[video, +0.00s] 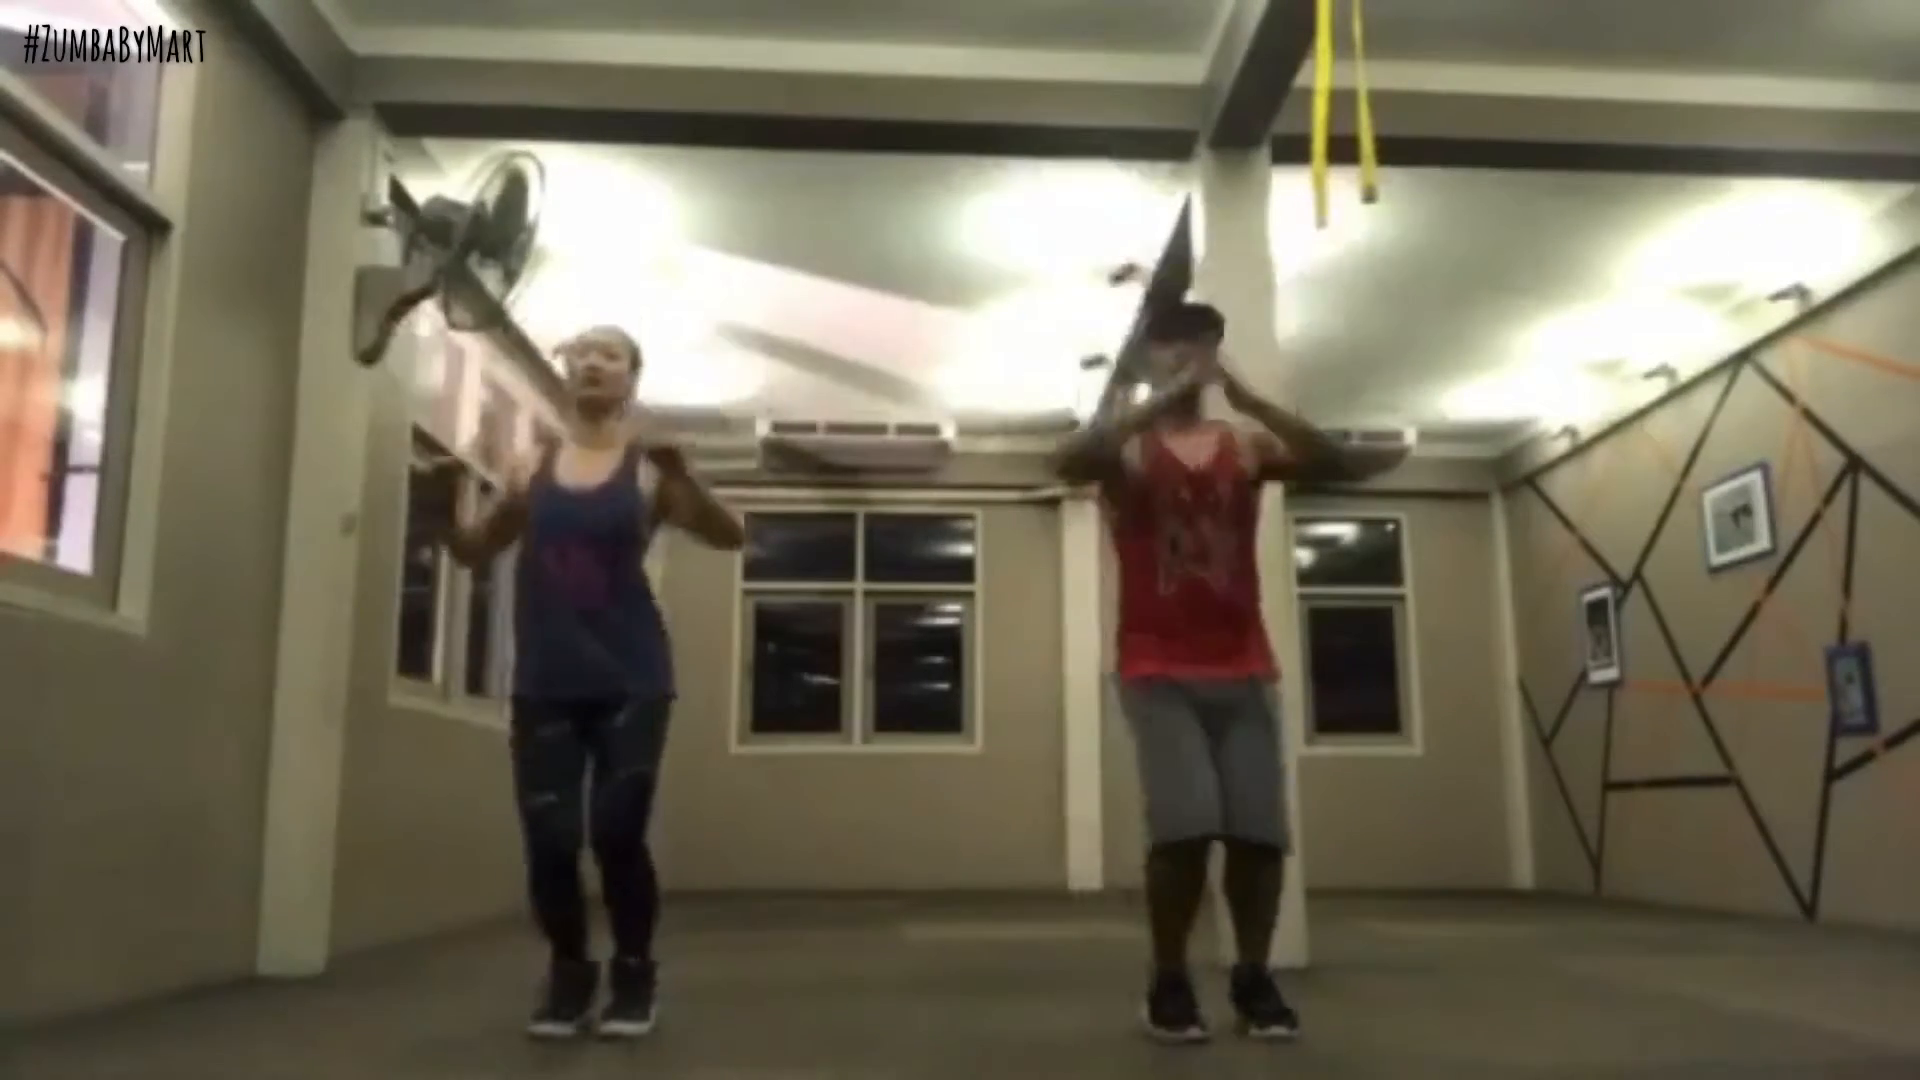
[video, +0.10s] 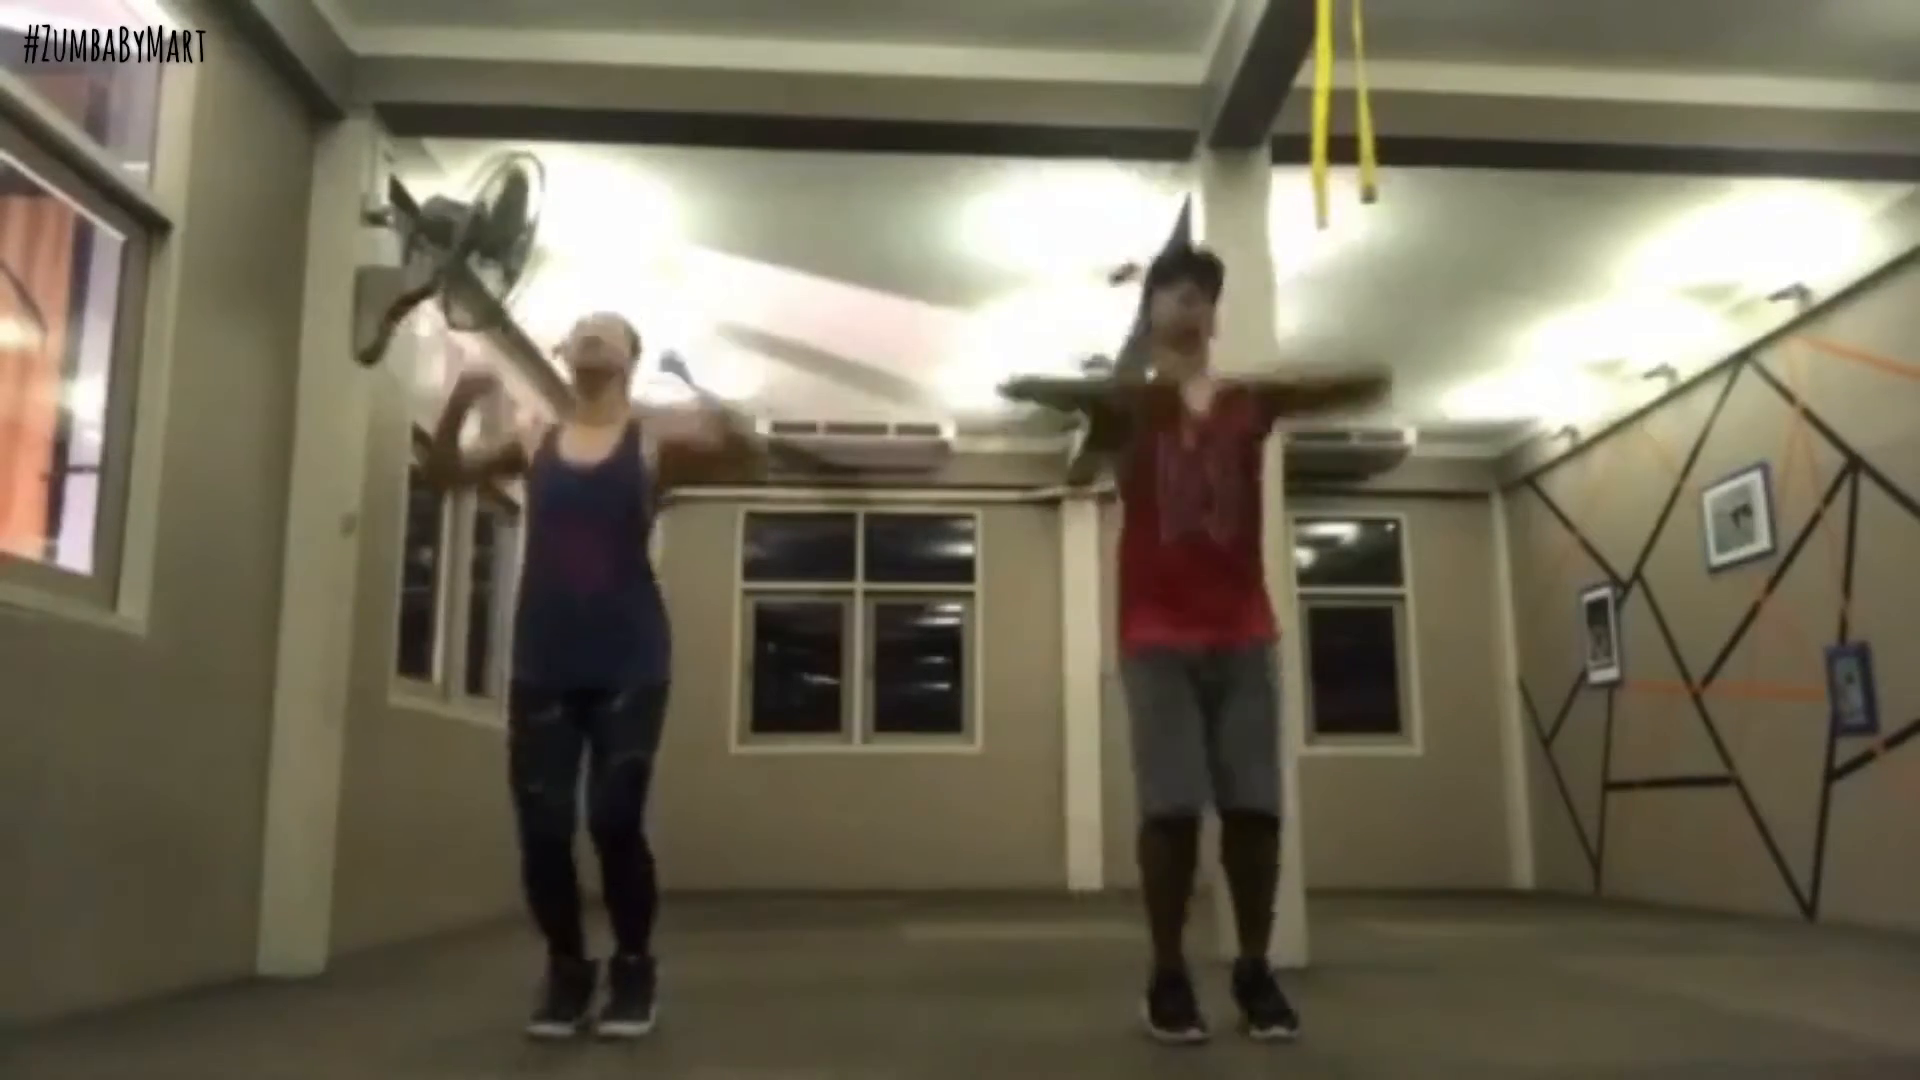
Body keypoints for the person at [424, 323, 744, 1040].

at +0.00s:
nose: (590, 367)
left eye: (608, 357)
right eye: (579, 357)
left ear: (633, 379)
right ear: (563, 374)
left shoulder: (649, 470)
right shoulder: (541, 468)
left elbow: (729, 536)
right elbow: (475, 550)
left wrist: (683, 476)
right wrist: (454, 501)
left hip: (630, 679)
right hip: (546, 679)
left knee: (616, 834)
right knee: (550, 842)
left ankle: (632, 982)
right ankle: (569, 983)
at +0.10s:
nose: (589, 339)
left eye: (606, 332)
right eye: (580, 332)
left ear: (631, 359)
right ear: (565, 357)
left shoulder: (652, 440)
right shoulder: (538, 440)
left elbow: (742, 459)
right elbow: (443, 470)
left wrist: (708, 400)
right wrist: (461, 397)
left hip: (627, 658)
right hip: (545, 657)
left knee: (614, 822)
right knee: (542, 830)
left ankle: (633, 978)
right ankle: (568, 978)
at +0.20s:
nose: (593, 291)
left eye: (610, 285)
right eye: (585, 284)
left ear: (633, 316)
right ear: (570, 311)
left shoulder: (652, 395)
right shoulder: (538, 389)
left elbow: (747, 351)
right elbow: (440, 359)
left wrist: (693, 281)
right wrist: (479, 310)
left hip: (627, 603)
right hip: (543, 604)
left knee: (624, 776)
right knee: (545, 783)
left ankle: (634, 958)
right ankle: (551, 963)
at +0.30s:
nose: (589, 283)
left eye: (607, 278)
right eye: (582, 276)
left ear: (632, 305)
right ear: (569, 301)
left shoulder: (651, 381)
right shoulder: (537, 374)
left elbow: (718, 294)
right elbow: (467, 293)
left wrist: (693, 193)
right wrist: (497, 212)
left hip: (626, 596)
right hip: (543, 595)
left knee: (620, 766)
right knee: (545, 770)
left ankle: (628, 941)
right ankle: (544, 943)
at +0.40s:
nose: (591, 323)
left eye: (606, 315)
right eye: (580, 313)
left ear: (628, 339)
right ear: (562, 333)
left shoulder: (643, 412)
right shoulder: (537, 399)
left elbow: (703, 321)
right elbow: (481, 305)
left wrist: (691, 228)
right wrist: (492, 214)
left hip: (624, 627)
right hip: (540, 626)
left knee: (614, 794)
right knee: (536, 801)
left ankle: (619, 963)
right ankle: (535, 965)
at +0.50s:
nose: (582, 358)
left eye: (599, 348)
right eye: (570, 349)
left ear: (624, 366)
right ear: (554, 366)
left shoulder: (646, 440)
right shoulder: (530, 438)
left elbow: (731, 382)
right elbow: (447, 376)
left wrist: (679, 308)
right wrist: (500, 316)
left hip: (620, 660)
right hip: (535, 659)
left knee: (606, 827)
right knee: (523, 829)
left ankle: (616, 976)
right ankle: (538, 976)